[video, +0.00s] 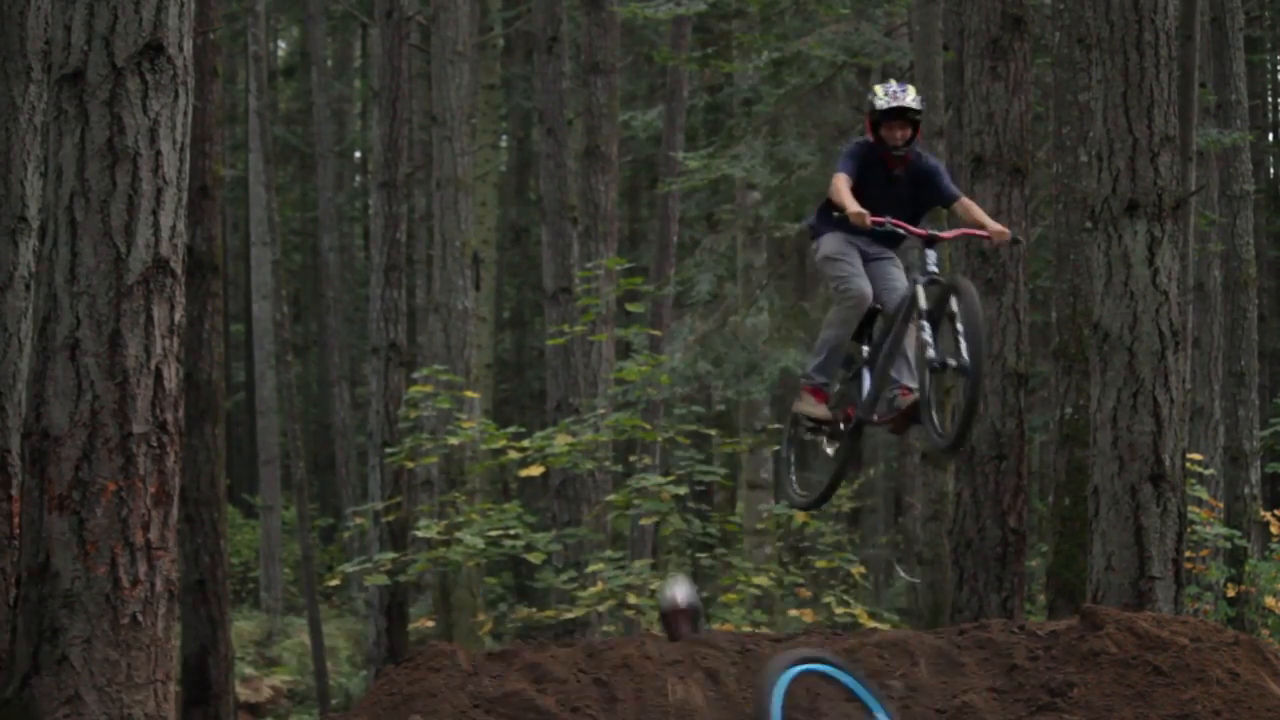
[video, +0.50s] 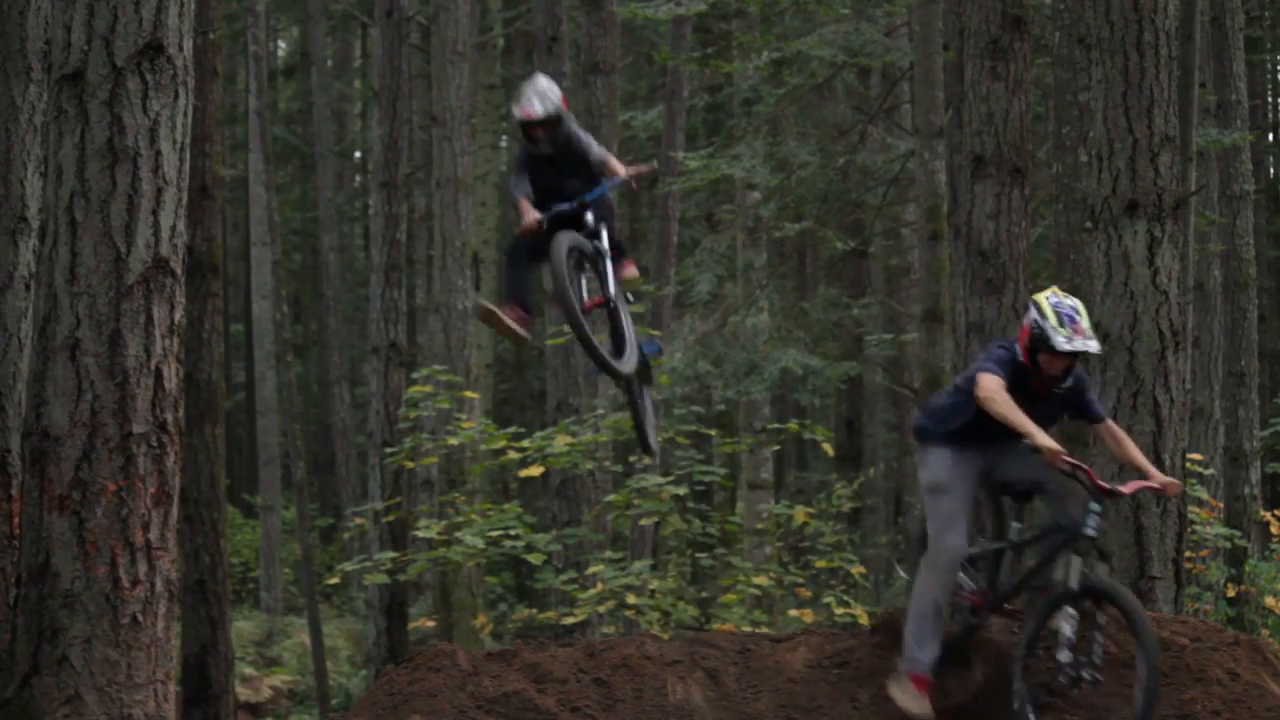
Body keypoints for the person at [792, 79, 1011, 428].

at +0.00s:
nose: (897, 133)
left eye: (904, 126)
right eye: (889, 126)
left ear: (915, 129)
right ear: (876, 127)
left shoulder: (923, 166)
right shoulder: (860, 152)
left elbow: (958, 202)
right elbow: (839, 184)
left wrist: (990, 225)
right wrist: (851, 206)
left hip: (881, 248)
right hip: (839, 236)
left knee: (902, 304)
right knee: (858, 294)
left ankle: (901, 393)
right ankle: (813, 388)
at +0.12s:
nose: (921, 153)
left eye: (928, 145)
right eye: (913, 145)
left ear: (940, 147)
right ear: (898, 145)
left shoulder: (950, 188)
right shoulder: (883, 170)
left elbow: (982, 230)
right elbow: (864, 208)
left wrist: (1019, 261)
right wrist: (882, 237)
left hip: (900, 268)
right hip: (855, 256)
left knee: (918, 337)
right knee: (871, 329)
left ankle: (920, 431)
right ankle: (827, 430)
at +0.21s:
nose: (951, 198)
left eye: (959, 189)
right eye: (942, 189)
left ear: (968, 192)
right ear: (924, 189)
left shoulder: (974, 235)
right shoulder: (909, 217)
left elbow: (1009, 286)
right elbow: (887, 260)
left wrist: (1045, 328)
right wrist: (910, 299)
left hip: (921, 315)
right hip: (873, 303)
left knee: (938, 399)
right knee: (884, 390)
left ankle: (938, 490)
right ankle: (846, 493)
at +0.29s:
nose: (973, 244)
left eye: (980, 235)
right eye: (964, 235)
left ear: (990, 238)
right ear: (945, 235)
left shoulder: (993, 283)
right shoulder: (927, 266)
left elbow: (1025, 345)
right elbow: (905, 312)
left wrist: (1061, 390)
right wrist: (931, 361)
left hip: (935, 363)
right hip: (887, 353)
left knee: (953, 445)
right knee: (894, 445)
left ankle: (954, 545)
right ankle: (859, 553)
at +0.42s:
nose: (1030, 341)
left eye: (1037, 334)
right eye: (1021, 331)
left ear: (1044, 335)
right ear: (999, 326)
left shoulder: (1039, 370)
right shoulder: (974, 345)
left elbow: (1073, 421)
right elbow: (928, 371)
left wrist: (1111, 454)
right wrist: (966, 418)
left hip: (965, 423)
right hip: (918, 405)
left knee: (1011, 475)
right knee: (948, 468)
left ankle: (980, 569)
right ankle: (890, 564)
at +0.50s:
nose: (1064, 364)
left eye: (1071, 357)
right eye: (1056, 354)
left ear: (1078, 354)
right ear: (1032, 341)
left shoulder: (1071, 381)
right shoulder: (1003, 356)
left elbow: (1107, 430)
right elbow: (988, 393)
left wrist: (1152, 472)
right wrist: (1038, 434)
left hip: (1002, 450)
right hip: (950, 447)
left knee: (1071, 498)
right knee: (948, 547)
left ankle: (1049, 592)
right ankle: (913, 673)